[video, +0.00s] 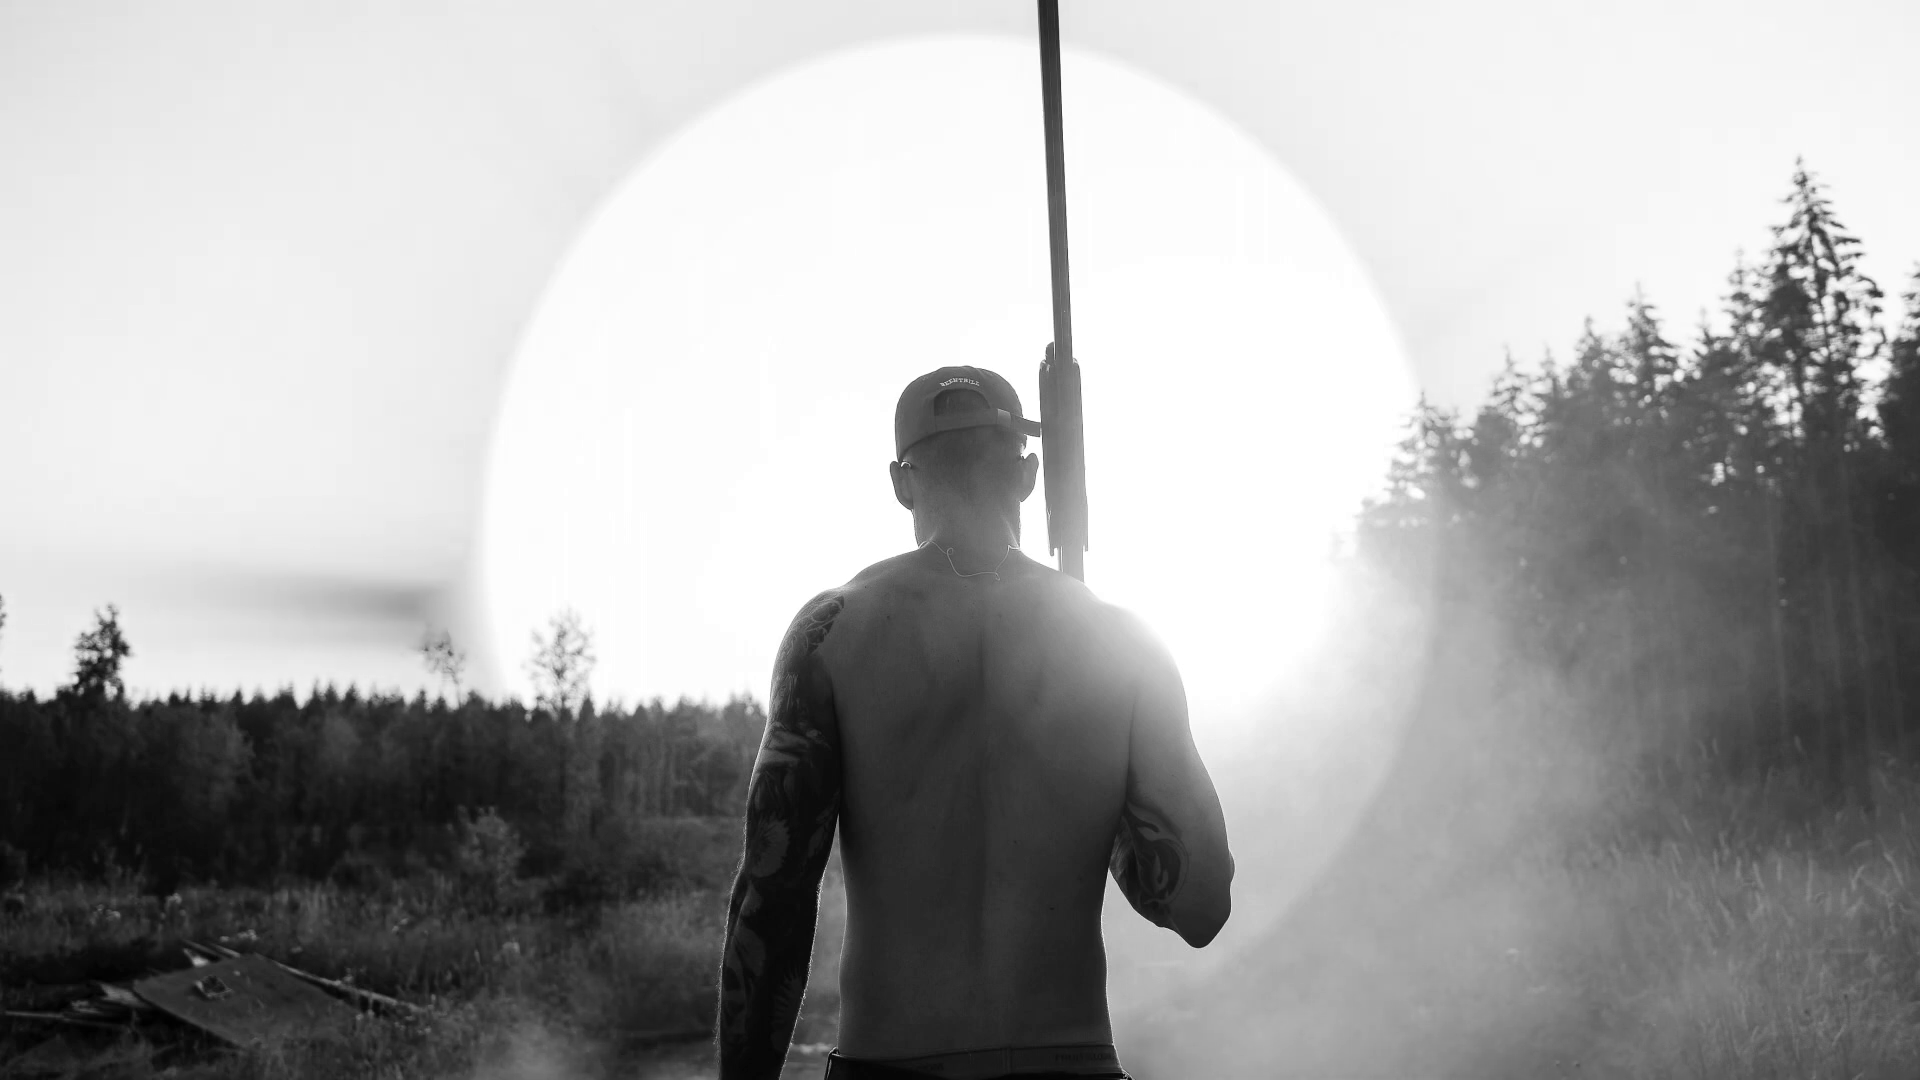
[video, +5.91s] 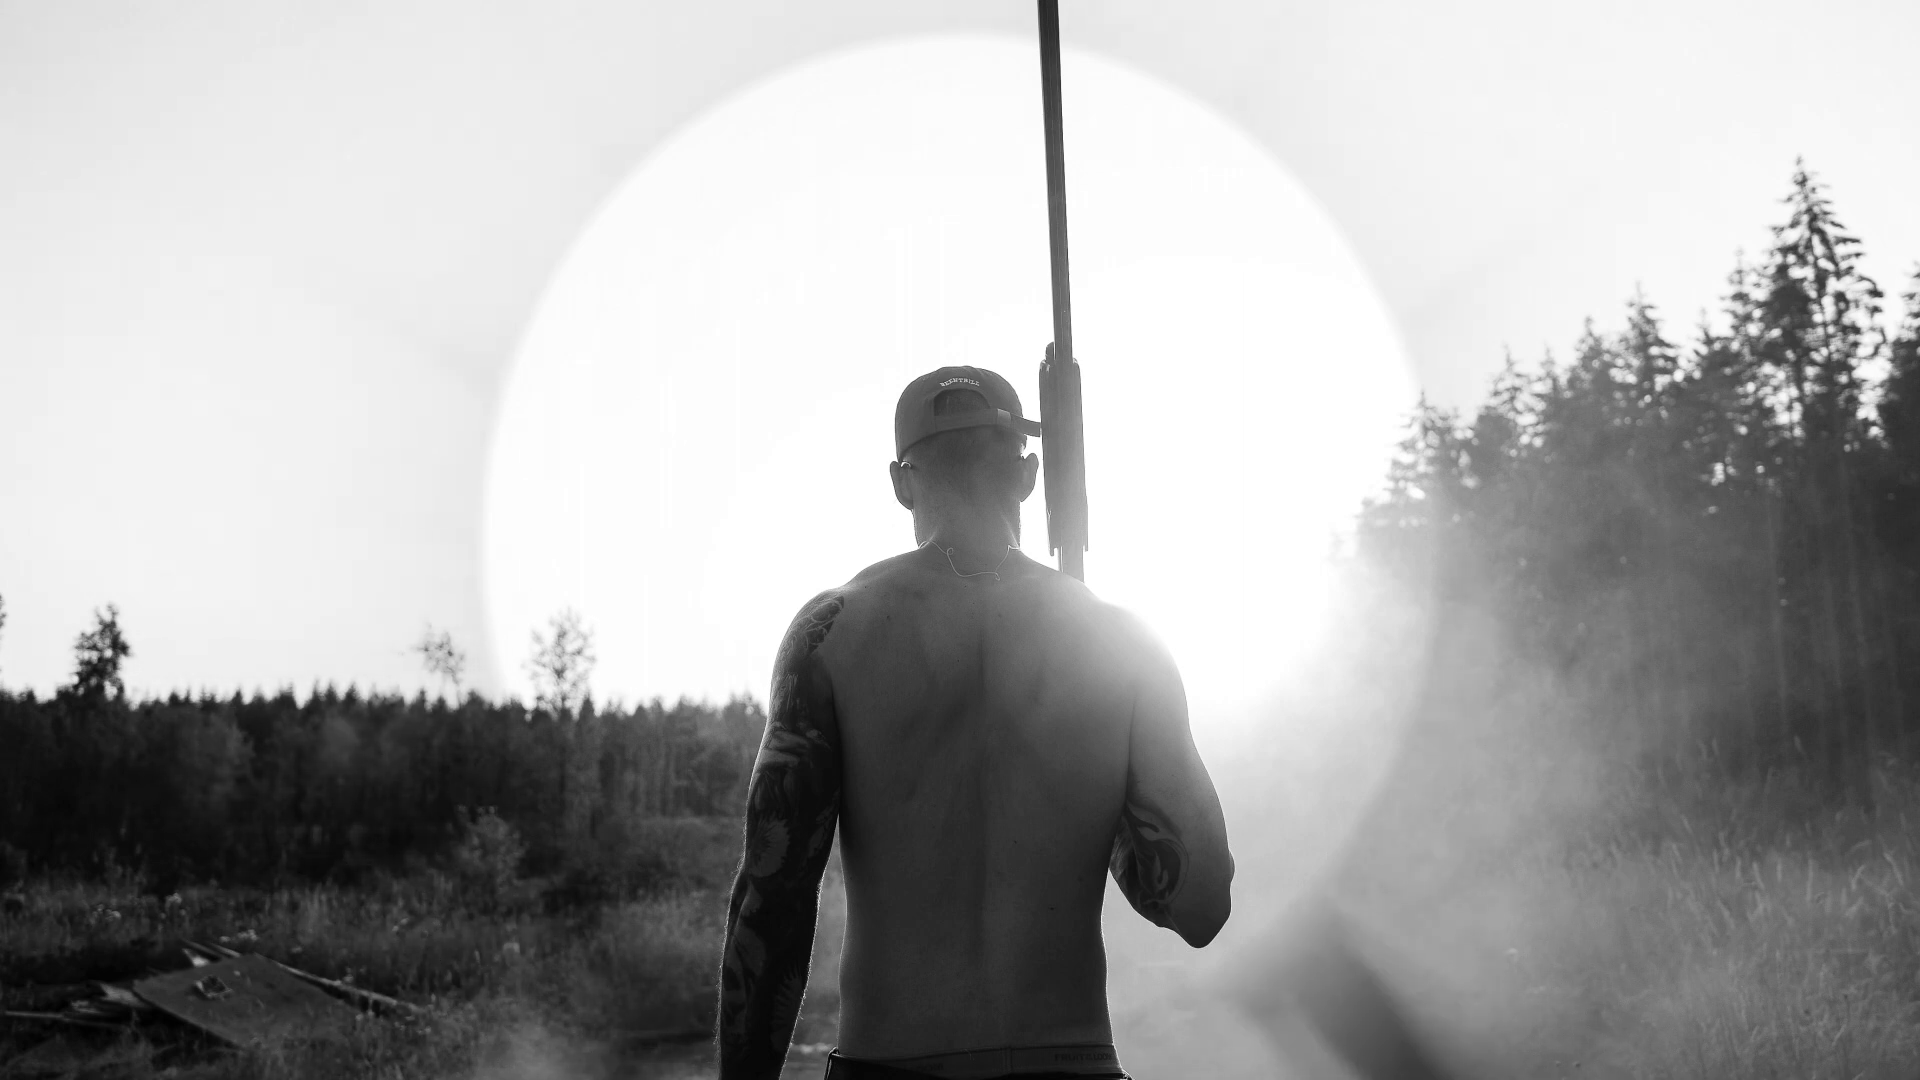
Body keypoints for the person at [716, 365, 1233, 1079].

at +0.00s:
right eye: (1017, 450)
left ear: (903, 486)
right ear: (1027, 476)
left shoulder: (832, 630)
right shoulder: (1121, 641)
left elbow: (773, 884)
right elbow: (1201, 904)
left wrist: (747, 1063)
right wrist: (1102, 803)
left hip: (887, 1045)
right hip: (1067, 1045)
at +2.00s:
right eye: (1015, 448)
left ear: (903, 486)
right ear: (1028, 477)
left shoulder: (831, 630)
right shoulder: (1121, 641)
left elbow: (773, 886)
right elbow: (1201, 905)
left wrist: (747, 1063)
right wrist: (1101, 800)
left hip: (886, 1046)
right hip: (1068, 1046)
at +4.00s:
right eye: (1015, 449)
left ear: (903, 486)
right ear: (1028, 477)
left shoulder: (831, 630)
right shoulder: (1121, 641)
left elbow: (773, 885)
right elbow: (1201, 905)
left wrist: (747, 1062)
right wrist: (1101, 800)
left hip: (886, 1046)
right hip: (1068, 1046)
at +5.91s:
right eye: (1017, 451)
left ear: (902, 484)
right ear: (1028, 477)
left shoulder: (831, 630)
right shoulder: (1121, 640)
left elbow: (772, 887)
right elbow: (1201, 904)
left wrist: (748, 1063)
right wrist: (1100, 801)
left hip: (885, 1046)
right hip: (1067, 1045)